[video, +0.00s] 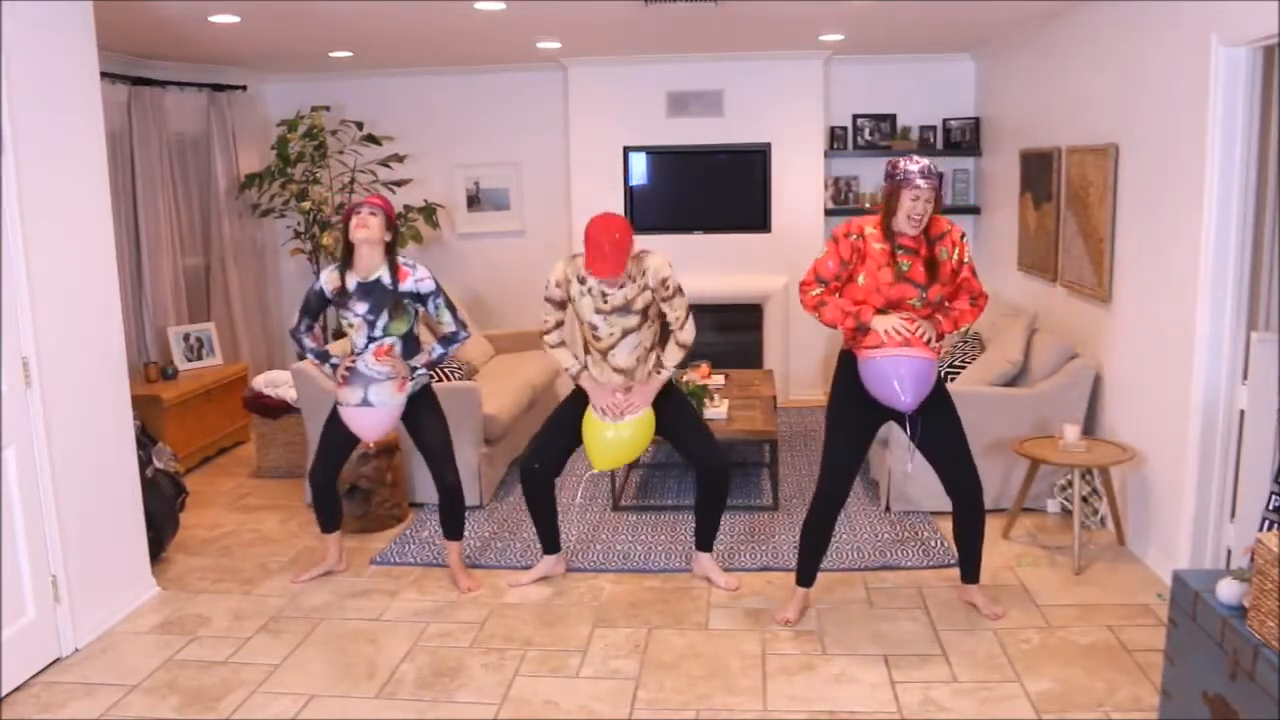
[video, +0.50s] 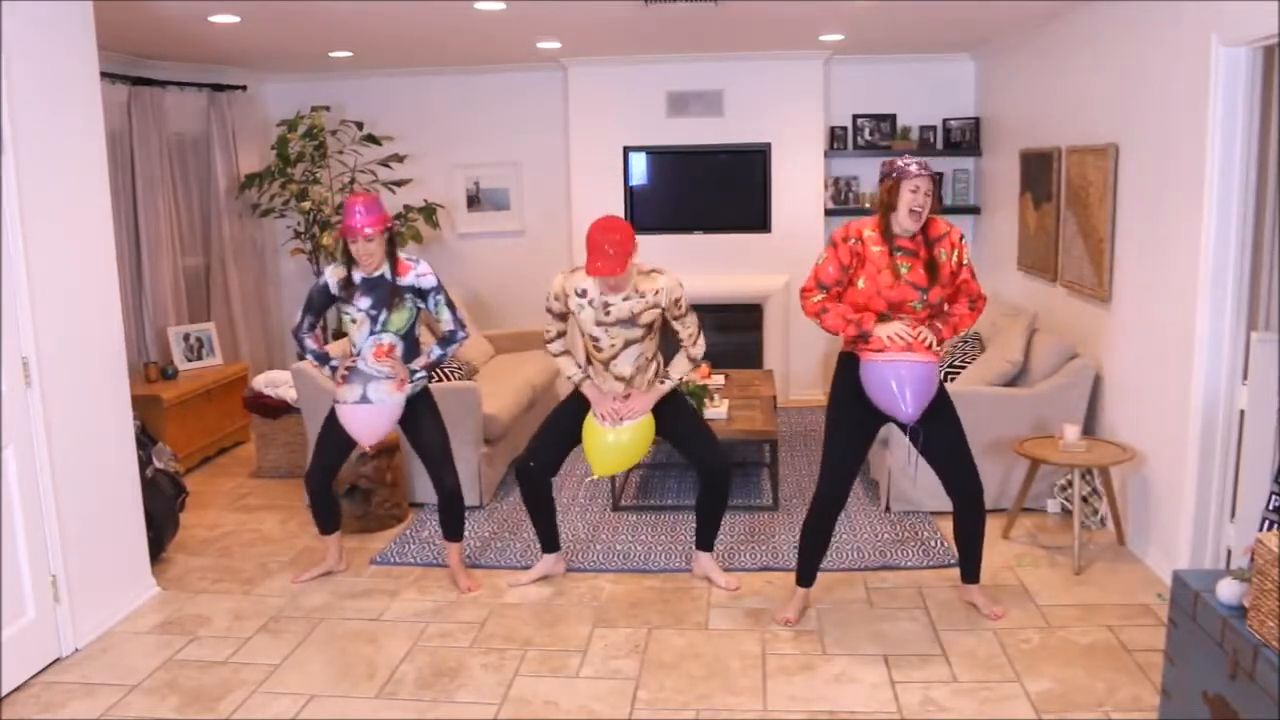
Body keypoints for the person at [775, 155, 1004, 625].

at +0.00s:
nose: (920, 208)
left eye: (928, 200)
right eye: (912, 198)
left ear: (936, 202)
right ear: (890, 195)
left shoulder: (948, 238)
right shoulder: (856, 235)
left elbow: (973, 298)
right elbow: (812, 290)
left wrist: (938, 324)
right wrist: (868, 318)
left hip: (922, 370)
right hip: (861, 368)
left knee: (967, 487)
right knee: (832, 486)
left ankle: (971, 584)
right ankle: (801, 591)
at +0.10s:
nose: (920, 206)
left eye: (928, 198)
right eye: (912, 196)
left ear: (935, 201)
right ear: (889, 196)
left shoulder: (947, 238)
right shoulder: (855, 237)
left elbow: (974, 297)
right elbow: (812, 293)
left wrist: (938, 327)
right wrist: (869, 322)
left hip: (921, 370)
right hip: (861, 368)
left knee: (967, 487)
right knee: (832, 487)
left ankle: (971, 585)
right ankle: (801, 591)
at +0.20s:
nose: (920, 205)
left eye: (928, 197)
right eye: (911, 195)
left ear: (934, 200)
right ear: (889, 195)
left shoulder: (947, 239)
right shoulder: (855, 237)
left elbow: (973, 298)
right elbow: (812, 294)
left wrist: (937, 328)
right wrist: (868, 324)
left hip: (921, 371)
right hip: (861, 369)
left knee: (967, 488)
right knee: (832, 488)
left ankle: (971, 585)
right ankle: (801, 591)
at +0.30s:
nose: (920, 204)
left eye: (927, 196)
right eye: (911, 194)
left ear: (934, 199)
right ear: (889, 195)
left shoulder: (946, 239)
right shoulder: (855, 237)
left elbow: (972, 299)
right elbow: (812, 295)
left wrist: (937, 327)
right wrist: (868, 323)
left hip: (921, 371)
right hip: (861, 369)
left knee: (967, 489)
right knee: (832, 488)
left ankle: (971, 585)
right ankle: (801, 591)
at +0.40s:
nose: (920, 204)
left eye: (927, 195)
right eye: (912, 194)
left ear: (934, 199)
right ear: (889, 194)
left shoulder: (945, 238)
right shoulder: (855, 237)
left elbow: (972, 299)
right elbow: (812, 295)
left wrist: (937, 328)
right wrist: (868, 323)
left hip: (920, 371)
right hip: (861, 369)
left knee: (968, 489)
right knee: (832, 489)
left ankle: (971, 585)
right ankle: (801, 591)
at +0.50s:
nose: (922, 201)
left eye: (928, 193)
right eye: (913, 191)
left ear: (933, 198)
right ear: (889, 193)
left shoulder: (945, 238)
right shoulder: (854, 237)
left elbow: (972, 299)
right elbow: (813, 296)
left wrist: (938, 330)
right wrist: (868, 325)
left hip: (921, 372)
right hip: (861, 370)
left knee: (968, 488)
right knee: (832, 489)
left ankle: (971, 585)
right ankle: (801, 591)